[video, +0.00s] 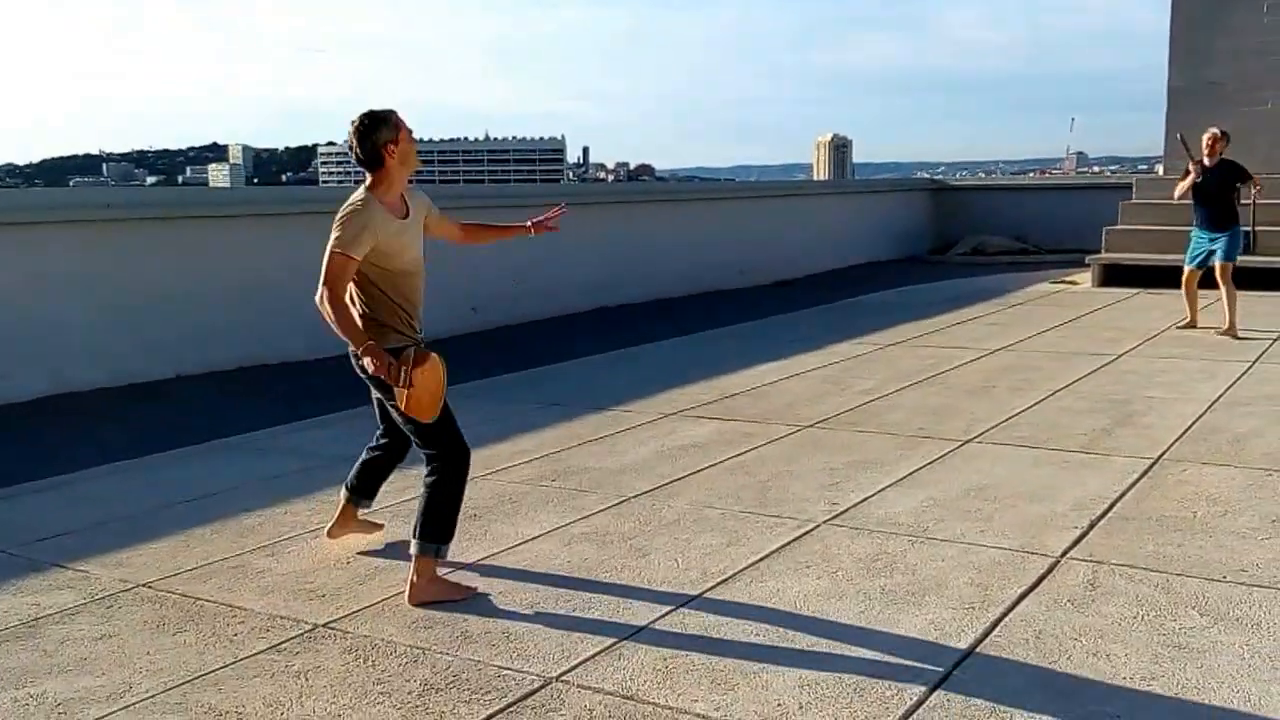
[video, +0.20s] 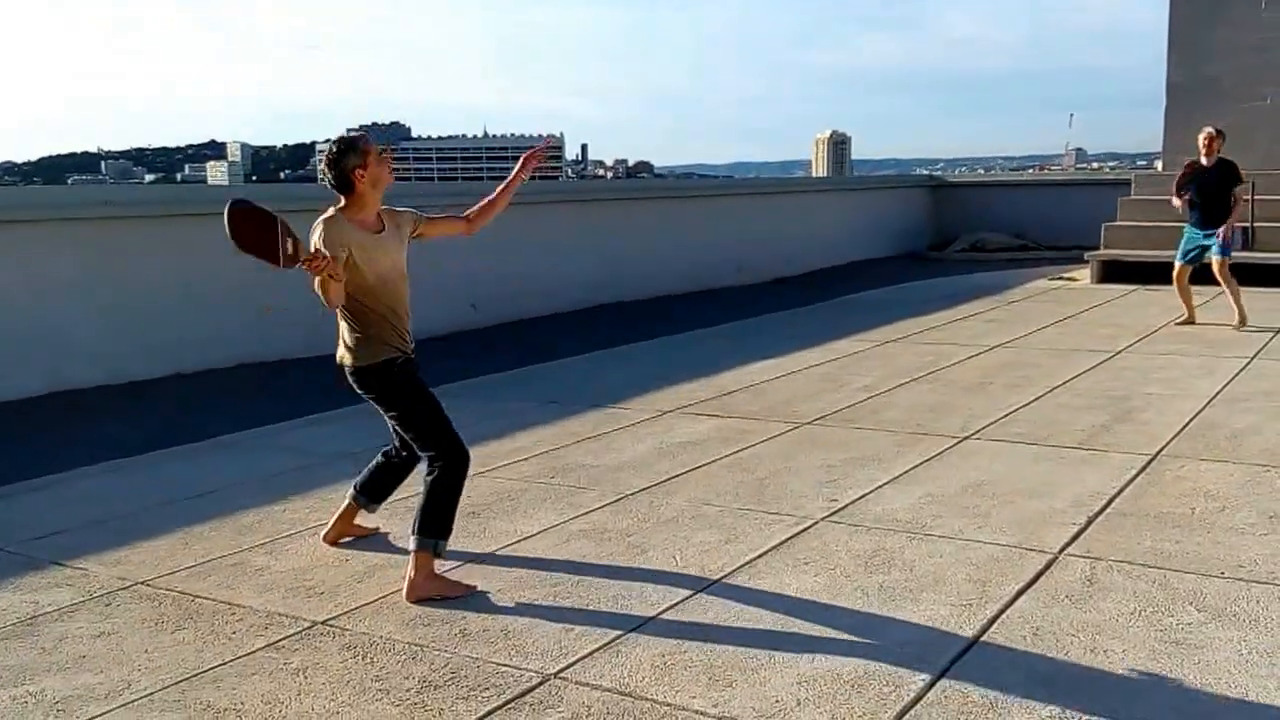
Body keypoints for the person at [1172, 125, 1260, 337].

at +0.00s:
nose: (1209, 144)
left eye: (1215, 141)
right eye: (1207, 140)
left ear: (1223, 146)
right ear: (1202, 143)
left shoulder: (1230, 167)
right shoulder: (1194, 168)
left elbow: (1253, 181)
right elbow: (1177, 195)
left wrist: (1256, 189)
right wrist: (1192, 177)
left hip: (1227, 231)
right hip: (1201, 230)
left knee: (1222, 274)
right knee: (1188, 277)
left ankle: (1230, 325)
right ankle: (1192, 318)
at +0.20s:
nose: (1206, 144)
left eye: (1211, 140)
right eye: (1204, 140)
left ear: (1219, 145)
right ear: (1198, 143)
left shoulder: (1228, 168)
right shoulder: (1190, 168)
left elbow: (1239, 199)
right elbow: (1176, 196)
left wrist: (1229, 224)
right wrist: (1179, 201)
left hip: (1219, 229)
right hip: (1194, 229)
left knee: (1220, 270)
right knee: (1179, 275)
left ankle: (1240, 313)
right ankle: (1189, 314)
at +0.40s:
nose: (1204, 129)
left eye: (1209, 126)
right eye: (1202, 125)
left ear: (1218, 130)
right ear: (1197, 129)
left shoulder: (1228, 153)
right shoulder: (1192, 155)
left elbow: (1239, 185)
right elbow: (1186, 182)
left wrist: (1232, 214)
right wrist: (1176, 207)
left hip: (1220, 219)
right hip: (1195, 219)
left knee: (1228, 263)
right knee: (1184, 264)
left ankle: (1243, 310)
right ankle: (1187, 308)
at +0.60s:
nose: (1199, 130)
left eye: (1203, 126)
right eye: (1196, 126)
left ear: (1213, 129)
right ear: (1192, 130)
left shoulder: (1224, 151)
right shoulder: (1197, 155)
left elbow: (1239, 177)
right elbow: (1193, 185)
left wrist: (1231, 208)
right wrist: (1168, 202)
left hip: (1222, 218)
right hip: (1199, 217)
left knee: (1233, 260)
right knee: (1178, 255)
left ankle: (1254, 307)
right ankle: (1178, 299)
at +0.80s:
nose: (1179, 152)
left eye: (1183, 147)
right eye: (1178, 148)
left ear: (1195, 149)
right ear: (1177, 151)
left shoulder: (1206, 167)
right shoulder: (1189, 175)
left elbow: (1222, 184)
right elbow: (1180, 201)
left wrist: (1211, 201)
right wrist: (1154, 203)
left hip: (1221, 228)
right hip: (1201, 229)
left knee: (1222, 271)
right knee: (1170, 262)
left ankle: (1256, 309)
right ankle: (1165, 303)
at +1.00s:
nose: (1164, 161)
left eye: (1168, 156)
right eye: (1162, 158)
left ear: (1180, 157)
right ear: (1163, 160)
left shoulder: (1196, 173)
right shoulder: (1174, 183)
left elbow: (1221, 184)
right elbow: (1165, 210)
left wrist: (1223, 201)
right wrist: (1140, 214)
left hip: (1217, 229)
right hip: (1195, 231)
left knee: (1222, 268)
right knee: (1161, 259)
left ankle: (1257, 307)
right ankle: (1165, 302)